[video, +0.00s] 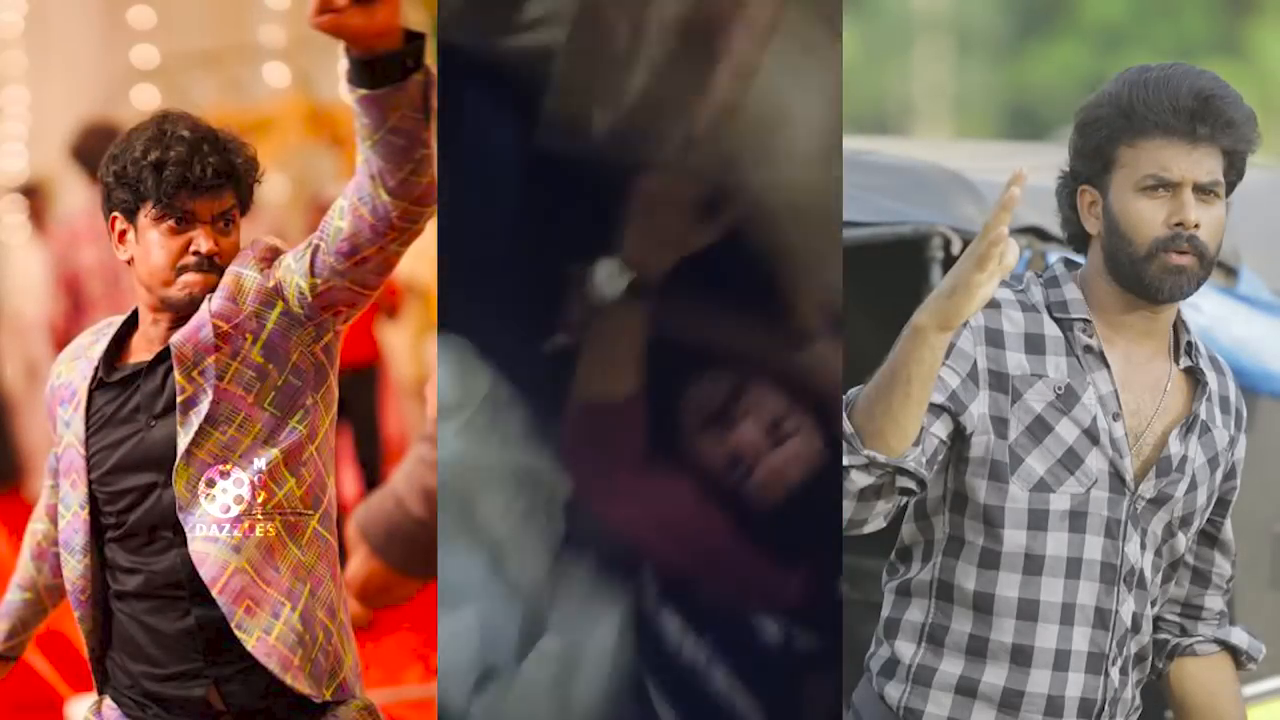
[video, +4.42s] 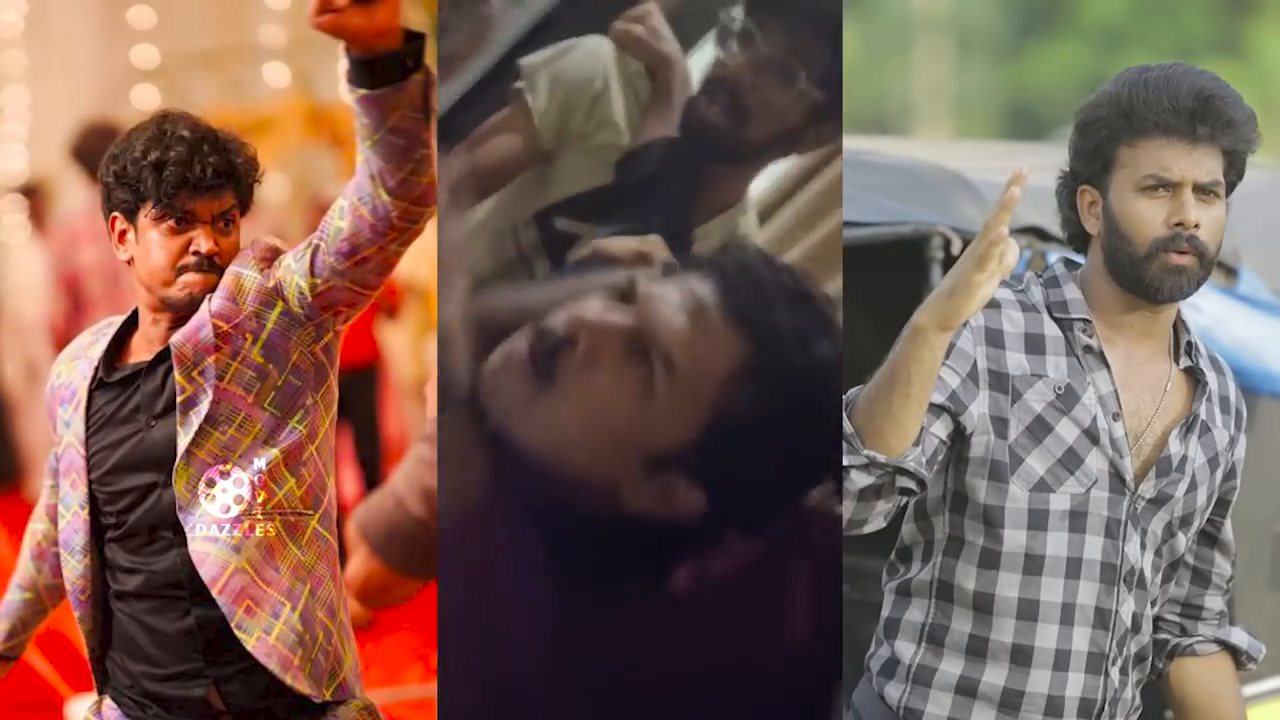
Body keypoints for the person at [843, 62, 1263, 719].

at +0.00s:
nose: (1187, 217)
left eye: (1207, 194)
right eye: (1157, 190)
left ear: (1227, 208)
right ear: (1092, 208)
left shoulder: (1219, 397)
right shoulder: (984, 329)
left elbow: (1193, 617)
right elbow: (854, 506)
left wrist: (1226, 711)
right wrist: (932, 326)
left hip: (1106, 709)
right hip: (936, 702)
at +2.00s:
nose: (1187, 217)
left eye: (1207, 194)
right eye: (1157, 190)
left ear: (1227, 208)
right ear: (1092, 207)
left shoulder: (1219, 398)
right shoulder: (984, 329)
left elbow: (1193, 617)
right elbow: (851, 507)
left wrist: (1225, 711)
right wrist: (931, 327)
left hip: (1105, 709)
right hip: (934, 702)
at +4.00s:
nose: (1187, 217)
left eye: (1207, 194)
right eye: (1157, 190)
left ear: (1227, 208)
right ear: (1092, 207)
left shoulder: (1219, 398)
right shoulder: (983, 329)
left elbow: (1193, 617)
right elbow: (851, 507)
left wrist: (1225, 711)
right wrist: (931, 327)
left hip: (1105, 709)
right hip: (936, 702)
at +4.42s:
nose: (1187, 217)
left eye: (1207, 194)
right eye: (1157, 190)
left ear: (1227, 208)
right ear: (1092, 207)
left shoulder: (1219, 398)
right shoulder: (984, 328)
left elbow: (1193, 617)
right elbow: (852, 507)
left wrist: (1225, 711)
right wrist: (931, 327)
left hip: (1105, 709)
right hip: (935, 702)